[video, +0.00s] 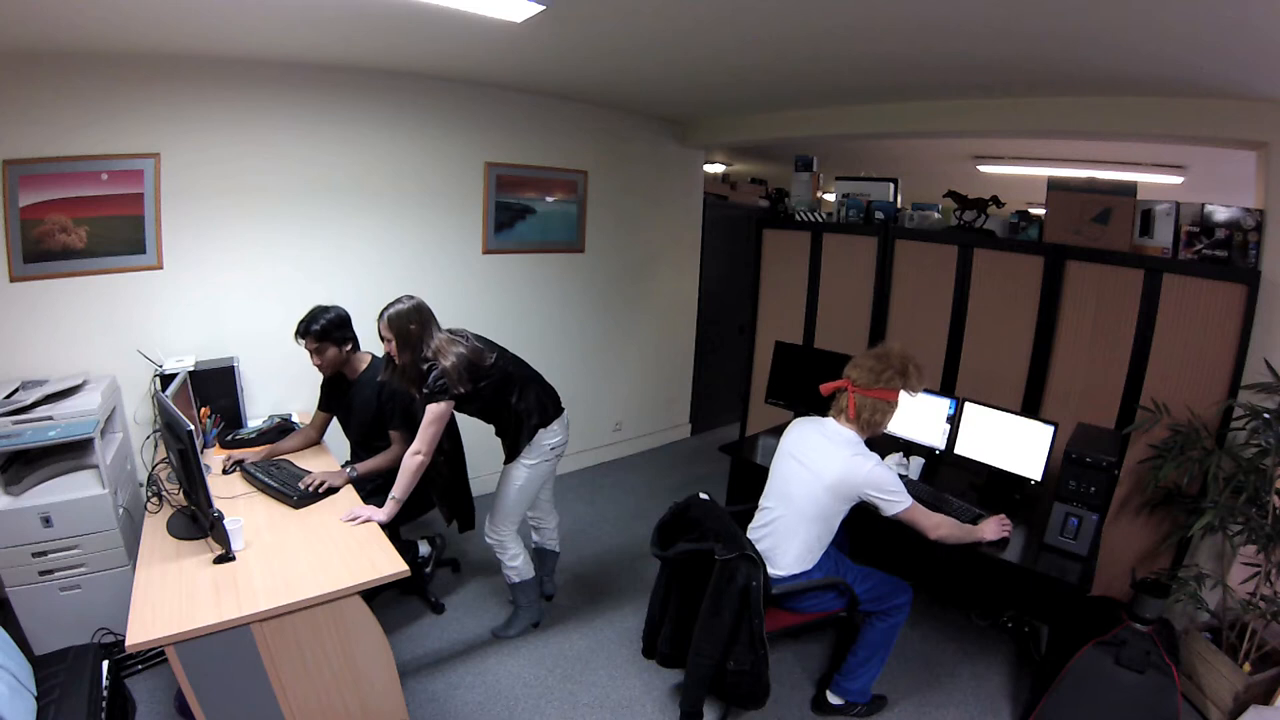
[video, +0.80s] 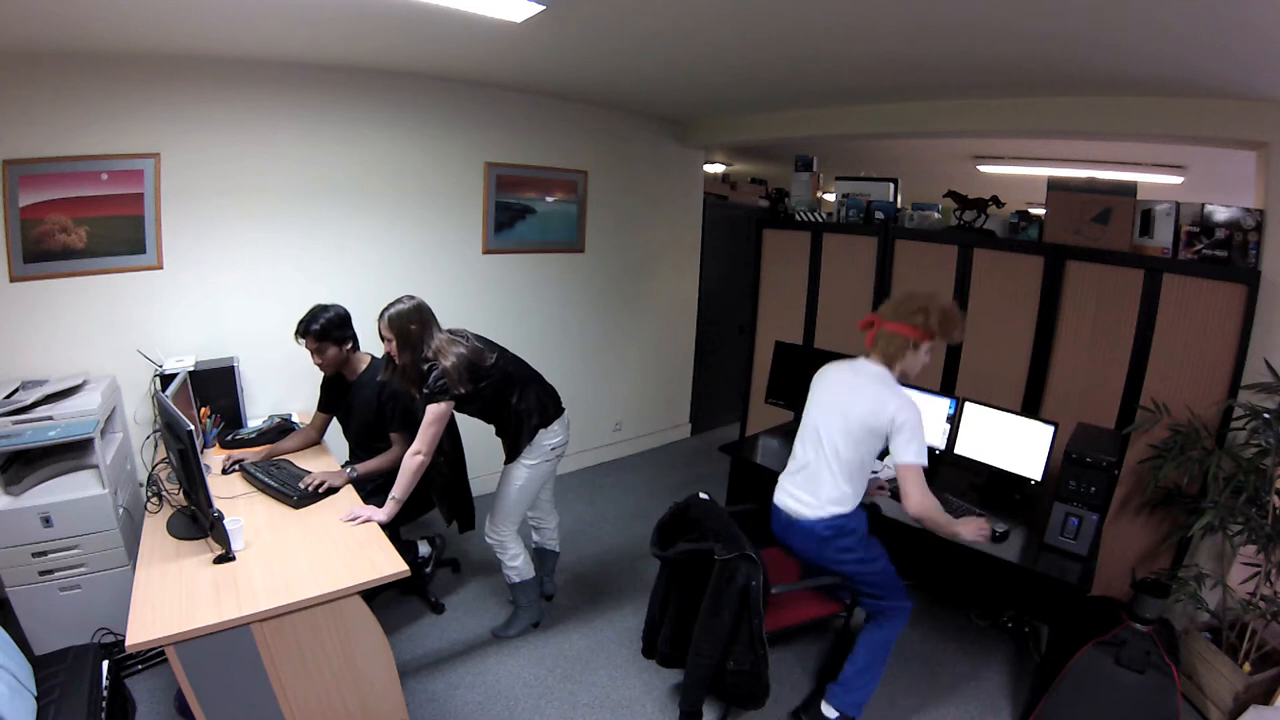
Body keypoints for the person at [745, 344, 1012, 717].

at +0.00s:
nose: (891, 418)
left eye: (892, 410)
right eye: (892, 411)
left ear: (843, 398)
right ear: (883, 415)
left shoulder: (798, 426)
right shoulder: (867, 467)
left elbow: (815, 478)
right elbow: (934, 527)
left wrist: (873, 472)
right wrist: (980, 531)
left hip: (748, 552)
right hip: (787, 576)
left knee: (837, 541)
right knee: (896, 596)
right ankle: (843, 695)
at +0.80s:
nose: (930, 361)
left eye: (932, 352)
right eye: (931, 351)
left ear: (882, 335)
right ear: (917, 347)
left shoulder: (829, 373)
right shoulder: (900, 406)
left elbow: (815, 449)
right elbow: (917, 504)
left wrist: (862, 481)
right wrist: (957, 528)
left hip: (784, 511)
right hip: (827, 529)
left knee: (856, 519)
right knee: (893, 605)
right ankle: (836, 708)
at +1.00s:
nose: (951, 322)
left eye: (954, 311)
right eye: (947, 308)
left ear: (914, 302)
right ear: (918, 301)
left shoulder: (867, 339)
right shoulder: (899, 369)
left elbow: (840, 426)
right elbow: (864, 471)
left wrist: (877, 486)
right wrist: (895, 541)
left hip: (822, 491)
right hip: (847, 508)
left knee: (857, 587)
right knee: (892, 641)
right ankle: (838, 716)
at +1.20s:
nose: (975, 322)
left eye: (980, 310)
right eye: (974, 307)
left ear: (946, 296)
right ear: (943, 291)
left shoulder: (919, 346)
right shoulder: (890, 362)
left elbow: (914, 425)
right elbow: (872, 486)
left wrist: (941, 491)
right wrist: (912, 574)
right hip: (861, 514)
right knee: (877, 669)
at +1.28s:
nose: (987, 318)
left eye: (994, 307)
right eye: (987, 302)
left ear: (960, 288)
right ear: (954, 282)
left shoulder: (935, 339)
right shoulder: (898, 354)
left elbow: (946, 415)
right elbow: (897, 481)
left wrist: (985, 479)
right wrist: (960, 571)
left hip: (892, 501)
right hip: (860, 509)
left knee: (887, 600)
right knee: (856, 664)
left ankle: (865, 665)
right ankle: (838, 709)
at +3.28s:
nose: (998, 329)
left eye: (1004, 318)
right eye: (996, 316)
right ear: (966, 293)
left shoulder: (959, 340)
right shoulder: (904, 355)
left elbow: (966, 419)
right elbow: (894, 486)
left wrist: (988, 494)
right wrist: (906, 590)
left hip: (948, 510)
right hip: (910, 519)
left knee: (919, 614)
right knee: (889, 641)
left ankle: (880, 689)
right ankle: (838, 713)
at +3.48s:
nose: (1003, 324)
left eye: (1009, 313)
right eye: (1002, 310)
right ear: (974, 287)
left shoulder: (965, 338)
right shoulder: (910, 350)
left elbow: (980, 418)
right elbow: (918, 481)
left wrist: (1018, 488)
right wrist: (968, 581)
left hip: (936, 509)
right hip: (897, 519)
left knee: (908, 615)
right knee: (869, 653)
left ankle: (873, 688)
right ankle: (834, 714)